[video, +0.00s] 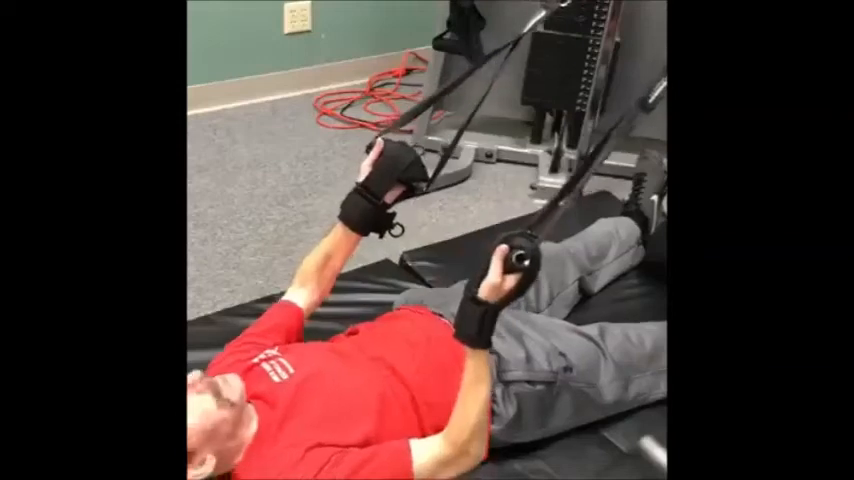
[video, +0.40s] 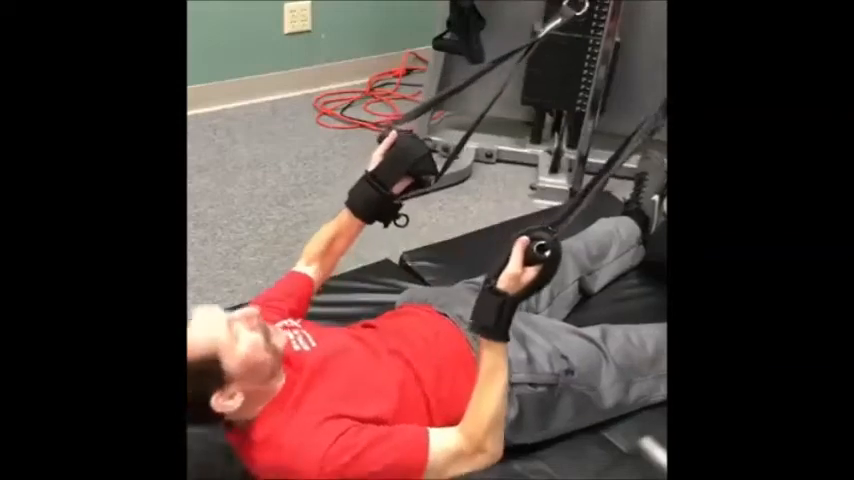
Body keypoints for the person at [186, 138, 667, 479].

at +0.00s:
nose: (201, 378)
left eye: (186, 380)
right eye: (193, 402)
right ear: (200, 463)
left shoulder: (237, 361)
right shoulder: (290, 471)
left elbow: (308, 289)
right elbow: (458, 450)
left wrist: (365, 203)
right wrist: (481, 317)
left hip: (428, 315)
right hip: (486, 387)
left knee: (544, 266)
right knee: (638, 354)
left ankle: (635, 225)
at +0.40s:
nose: (252, 317)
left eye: (229, 315)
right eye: (235, 337)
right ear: (230, 398)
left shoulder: (255, 327)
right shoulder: (304, 452)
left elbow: (314, 265)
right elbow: (477, 448)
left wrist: (373, 190)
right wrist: (501, 307)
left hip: (434, 309)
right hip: (496, 374)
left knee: (550, 264)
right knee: (640, 355)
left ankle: (633, 225)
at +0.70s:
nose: (300, 269)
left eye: (287, 265)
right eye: (286, 276)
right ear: (265, 331)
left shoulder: (281, 312)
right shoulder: (326, 423)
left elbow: (319, 249)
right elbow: (490, 437)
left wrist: (376, 186)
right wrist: (511, 305)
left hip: (454, 305)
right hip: (509, 375)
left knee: (608, 230)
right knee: (656, 351)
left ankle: (636, 226)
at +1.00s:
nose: (344, 223)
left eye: (333, 217)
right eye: (333, 224)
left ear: (293, 276)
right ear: (304, 276)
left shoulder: (274, 300)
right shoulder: (351, 384)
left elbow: (336, 230)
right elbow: (500, 427)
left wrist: (385, 176)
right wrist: (524, 286)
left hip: (454, 306)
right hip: (508, 379)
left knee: (606, 230)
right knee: (656, 350)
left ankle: (638, 221)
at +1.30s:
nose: (396, 190)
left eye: (390, 181)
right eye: (388, 186)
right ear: (358, 220)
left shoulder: (290, 251)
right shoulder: (383, 340)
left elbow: (334, 197)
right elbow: (516, 421)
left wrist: (400, 155)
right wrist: (545, 282)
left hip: (453, 305)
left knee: (558, 264)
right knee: (659, 349)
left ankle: (634, 218)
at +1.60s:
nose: (445, 175)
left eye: (443, 161)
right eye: (441, 165)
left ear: (357, 169)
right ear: (413, 183)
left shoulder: (322, 218)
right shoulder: (418, 306)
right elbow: (534, 413)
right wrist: (564, 279)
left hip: (451, 311)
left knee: (557, 260)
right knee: (662, 348)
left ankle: (641, 229)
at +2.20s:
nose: (504, 163)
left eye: (506, 150)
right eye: (506, 150)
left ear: (420, 144)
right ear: (485, 155)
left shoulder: (361, 195)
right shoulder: (468, 265)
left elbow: (355, 174)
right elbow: (563, 407)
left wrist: (430, 144)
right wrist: (610, 267)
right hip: (480, 409)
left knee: (553, 259)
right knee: (662, 346)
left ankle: (630, 216)